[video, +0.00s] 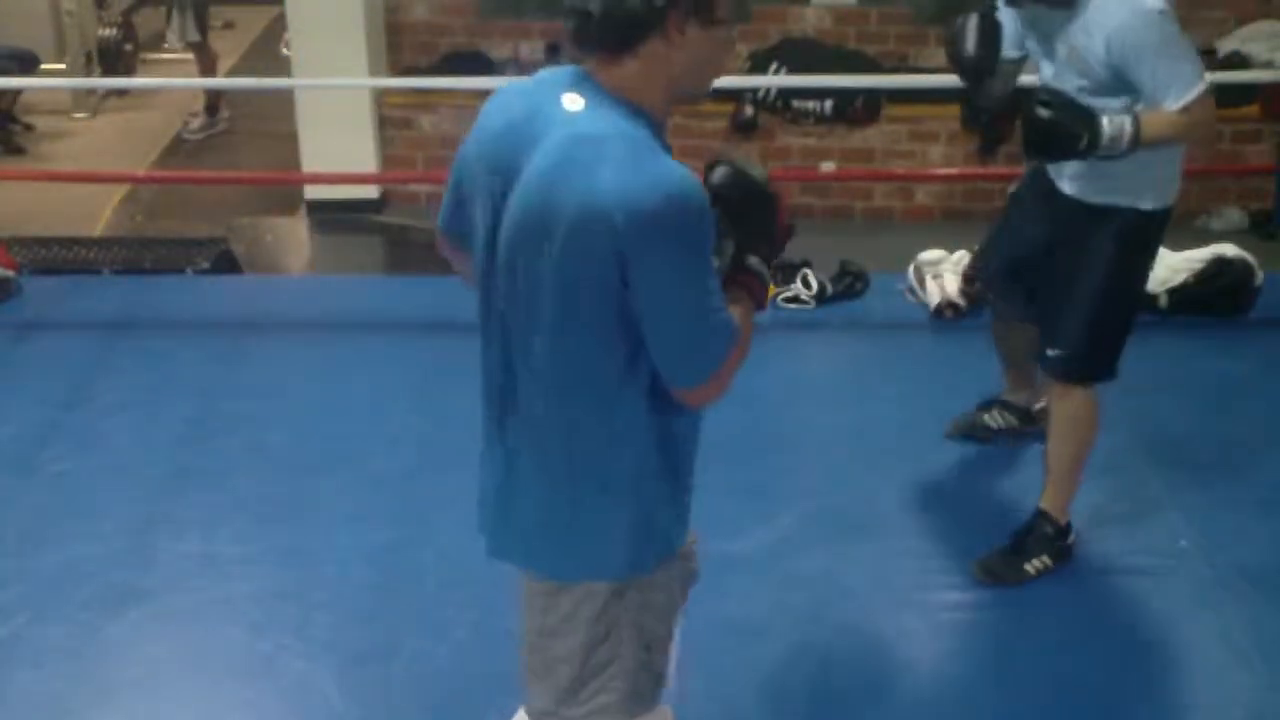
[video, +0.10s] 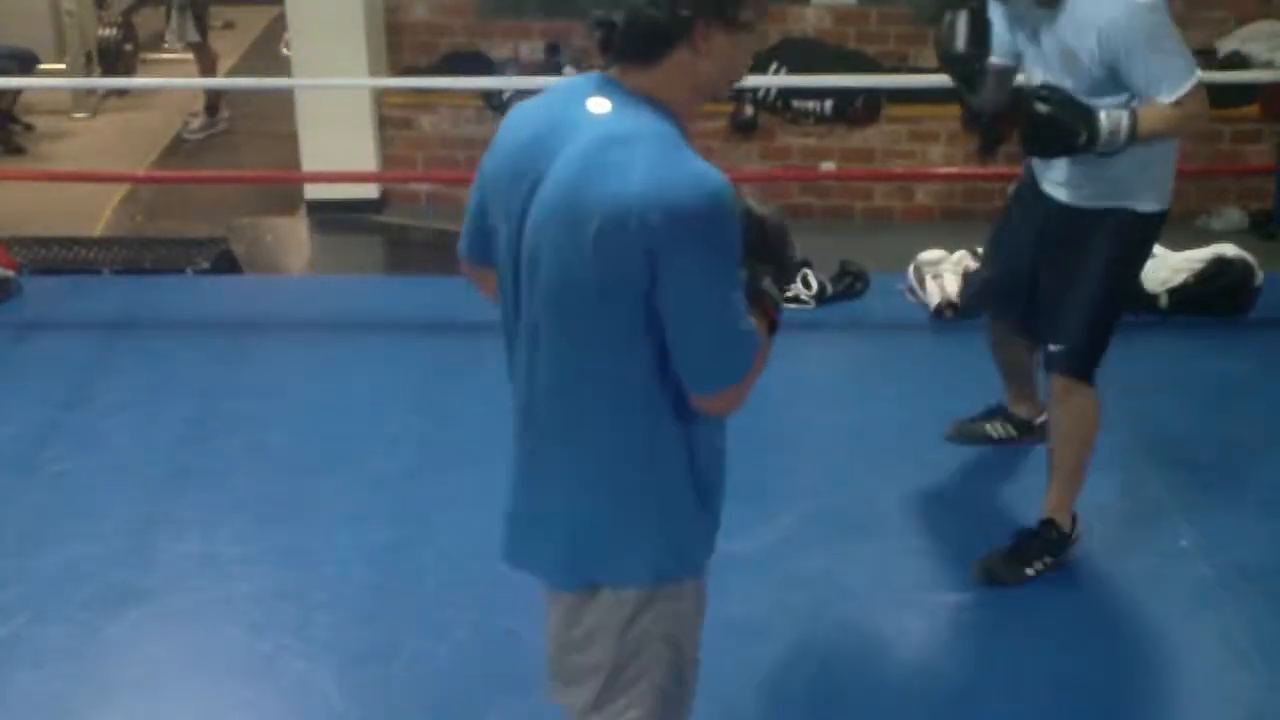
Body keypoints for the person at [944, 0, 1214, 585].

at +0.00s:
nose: (1022, 0)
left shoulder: (1132, 18)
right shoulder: (1012, 9)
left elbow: (1199, 117)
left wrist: (1103, 130)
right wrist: (987, 87)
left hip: (1128, 196)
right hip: (1054, 174)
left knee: (1070, 364)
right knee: (1005, 287)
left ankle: (1051, 523)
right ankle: (1023, 400)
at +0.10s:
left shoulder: (1124, 14)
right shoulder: (1004, 6)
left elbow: (1192, 108)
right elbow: (1000, 92)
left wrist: (1098, 126)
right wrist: (979, 85)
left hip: (1122, 196)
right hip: (1046, 177)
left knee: (1070, 360)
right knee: (1003, 303)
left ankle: (1057, 525)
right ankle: (1024, 411)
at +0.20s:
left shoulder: (1126, 9)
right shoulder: (1003, 5)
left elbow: (1187, 106)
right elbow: (1003, 86)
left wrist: (1097, 118)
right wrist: (982, 92)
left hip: (1118, 192)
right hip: (1040, 176)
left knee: (1075, 362)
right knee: (995, 303)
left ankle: (1078, 545)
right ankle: (1025, 411)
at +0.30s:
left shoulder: (1136, 10)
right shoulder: (1009, 5)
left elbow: (1182, 116)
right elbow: (1003, 91)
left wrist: (1099, 111)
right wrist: (975, 81)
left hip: (1110, 209)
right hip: (1035, 188)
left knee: (1083, 389)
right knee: (997, 298)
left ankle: (1087, 577)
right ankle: (1023, 411)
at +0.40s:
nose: (1050, 0)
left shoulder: (1149, 17)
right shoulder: (1016, 7)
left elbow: (1167, 157)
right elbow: (998, 110)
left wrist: (1102, 105)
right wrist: (980, 100)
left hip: (1113, 229)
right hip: (1033, 203)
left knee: (1087, 413)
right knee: (1002, 319)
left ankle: (1085, 598)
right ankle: (1025, 413)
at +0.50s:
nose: (1049, 8)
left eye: (1063, 0)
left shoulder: (1168, 29)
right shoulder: (1022, 9)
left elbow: (1145, 174)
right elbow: (993, 122)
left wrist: (1106, 93)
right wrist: (982, 113)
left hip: (1122, 234)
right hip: (1038, 207)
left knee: (1094, 421)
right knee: (1015, 334)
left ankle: (1085, 604)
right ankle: (1026, 414)